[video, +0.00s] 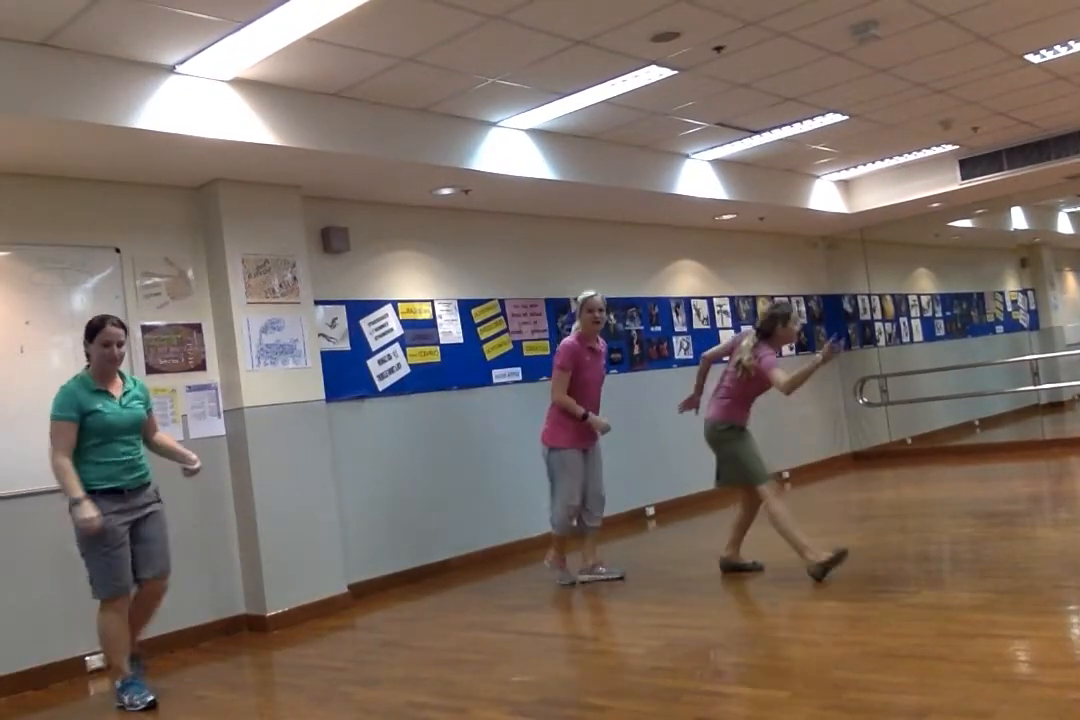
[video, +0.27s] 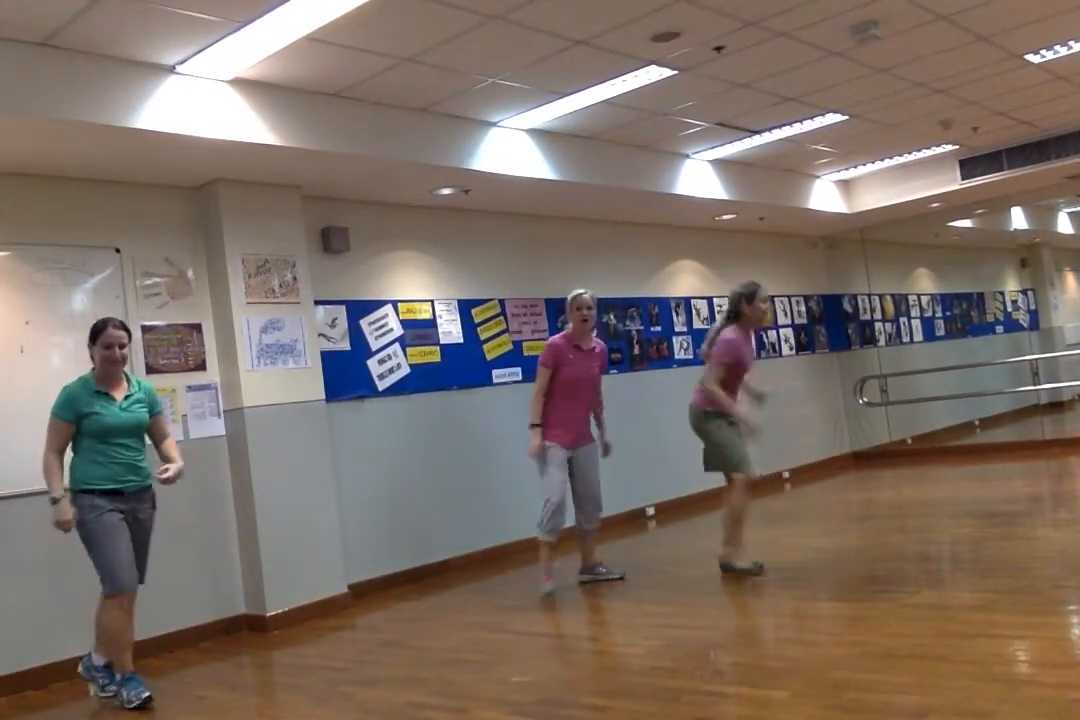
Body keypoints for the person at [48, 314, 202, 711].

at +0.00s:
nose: (115, 352)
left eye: (120, 345)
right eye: (106, 345)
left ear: (127, 348)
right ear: (89, 347)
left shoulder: (137, 388)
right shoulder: (72, 395)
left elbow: (152, 435)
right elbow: (60, 456)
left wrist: (183, 454)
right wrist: (81, 501)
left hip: (144, 497)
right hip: (100, 505)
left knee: (156, 582)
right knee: (116, 596)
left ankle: (126, 645)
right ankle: (122, 682)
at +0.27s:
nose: (117, 352)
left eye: (122, 346)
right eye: (108, 346)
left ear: (129, 349)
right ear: (92, 349)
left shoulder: (144, 391)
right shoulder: (75, 395)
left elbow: (164, 438)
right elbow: (53, 452)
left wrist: (176, 462)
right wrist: (59, 499)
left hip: (141, 498)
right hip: (95, 501)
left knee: (124, 587)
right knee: (123, 586)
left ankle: (98, 663)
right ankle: (126, 677)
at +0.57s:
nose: (135, 352)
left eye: (140, 345)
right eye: (127, 345)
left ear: (145, 348)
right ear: (108, 350)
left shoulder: (156, 393)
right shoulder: (91, 395)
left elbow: (171, 445)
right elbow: (76, 453)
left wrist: (193, 487)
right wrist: (110, 467)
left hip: (162, 500)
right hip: (115, 508)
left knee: (190, 577)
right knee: (130, 594)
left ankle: (165, 650)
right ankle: (129, 679)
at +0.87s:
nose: (182, 347)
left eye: (183, 341)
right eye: (173, 341)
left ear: (182, 347)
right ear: (146, 346)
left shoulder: (189, 391)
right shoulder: (126, 391)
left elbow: (207, 446)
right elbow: (119, 452)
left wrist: (239, 482)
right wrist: (155, 429)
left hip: (204, 499)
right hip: (155, 508)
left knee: (226, 583)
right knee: (155, 600)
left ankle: (245, 677)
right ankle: (132, 675)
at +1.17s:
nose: (220, 333)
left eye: (218, 326)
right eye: (211, 327)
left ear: (205, 334)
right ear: (186, 334)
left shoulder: (227, 377)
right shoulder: (162, 381)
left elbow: (245, 428)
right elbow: (161, 444)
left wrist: (269, 457)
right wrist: (207, 430)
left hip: (244, 484)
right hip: (198, 490)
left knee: (253, 577)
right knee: (237, 574)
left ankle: (250, 676)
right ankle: (253, 676)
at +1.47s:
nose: (250, 335)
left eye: (249, 329)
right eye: (242, 330)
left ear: (225, 338)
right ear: (217, 338)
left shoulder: (242, 380)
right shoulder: (198, 385)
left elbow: (246, 432)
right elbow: (213, 447)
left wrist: (279, 446)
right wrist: (271, 455)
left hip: (258, 486)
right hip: (218, 496)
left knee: (291, 572)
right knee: (268, 574)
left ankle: (252, 668)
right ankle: (300, 673)